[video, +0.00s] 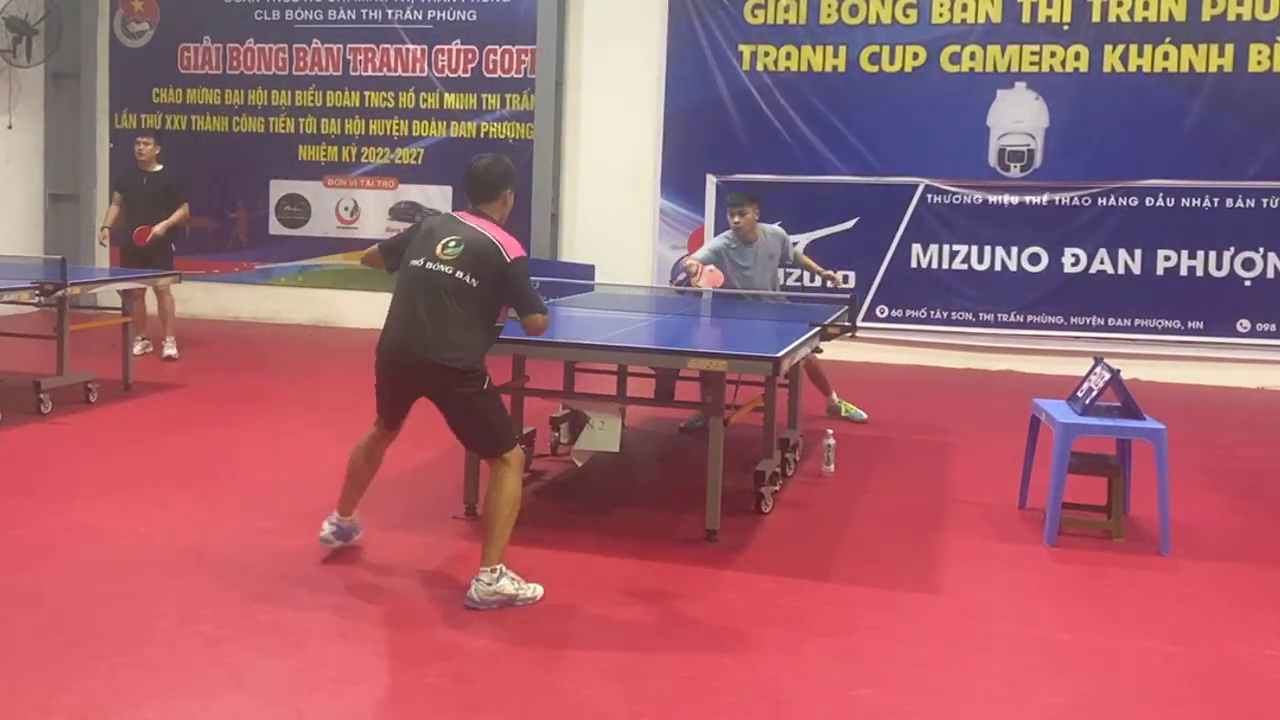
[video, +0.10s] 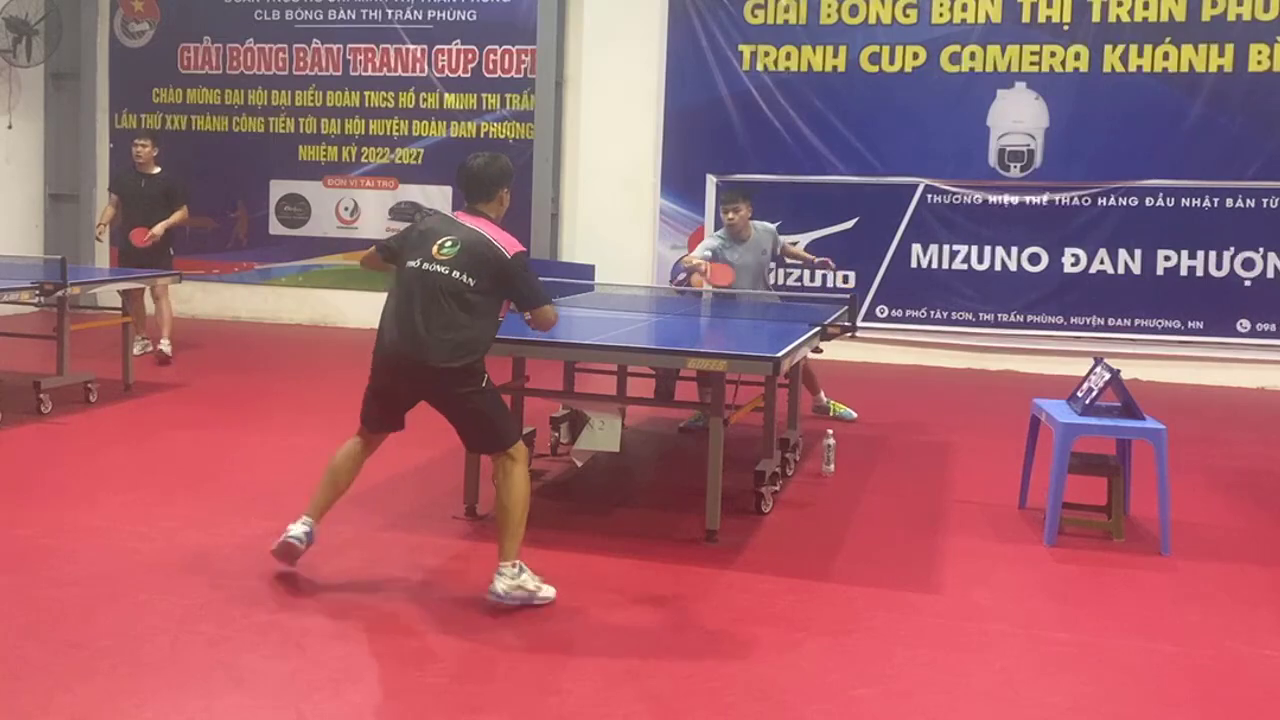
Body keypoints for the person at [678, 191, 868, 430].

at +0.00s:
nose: (736, 220)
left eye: (742, 215)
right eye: (732, 215)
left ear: (756, 214)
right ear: (728, 217)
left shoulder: (775, 235)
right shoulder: (723, 243)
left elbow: (796, 257)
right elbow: (691, 260)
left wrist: (822, 272)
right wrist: (692, 266)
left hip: (775, 311)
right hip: (735, 314)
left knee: (806, 354)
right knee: (706, 355)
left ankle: (833, 401)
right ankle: (708, 411)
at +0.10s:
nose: (729, 217)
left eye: (735, 211)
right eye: (724, 212)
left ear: (749, 211)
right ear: (720, 213)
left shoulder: (766, 232)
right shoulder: (716, 242)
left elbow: (784, 248)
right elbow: (686, 261)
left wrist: (813, 260)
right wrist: (698, 265)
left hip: (766, 312)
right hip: (726, 316)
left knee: (795, 354)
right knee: (703, 356)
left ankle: (821, 401)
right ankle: (706, 411)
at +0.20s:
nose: (730, 210)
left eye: (736, 203)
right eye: (725, 204)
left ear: (748, 204)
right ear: (720, 207)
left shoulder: (764, 226)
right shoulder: (715, 235)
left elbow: (780, 243)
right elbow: (685, 260)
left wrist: (810, 253)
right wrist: (706, 258)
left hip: (762, 306)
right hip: (722, 309)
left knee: (794, 346)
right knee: (703, 356)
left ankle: (813, 397)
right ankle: (705, 409)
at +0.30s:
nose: (736, 202)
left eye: (742, 196)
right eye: (731, 196)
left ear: (754, 198)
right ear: (725, 200)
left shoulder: (768, 224)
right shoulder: (718, 230)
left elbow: (783, 244)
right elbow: (688, 261)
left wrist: (810, 257)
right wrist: (708, 261)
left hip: (764, 305)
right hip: (726, 307)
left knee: (796, 345)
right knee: (705, 352)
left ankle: (811, 396)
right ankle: (705, 409)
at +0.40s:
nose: (745, 198)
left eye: (751, 192)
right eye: (740, 193)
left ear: (763, 195)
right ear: (734, 197)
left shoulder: (777, 225)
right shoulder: (723, 230)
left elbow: (792, 251)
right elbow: (694, 266)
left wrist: (817, 267)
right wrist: (716, 265)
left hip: (771, 307)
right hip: (731, 308)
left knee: (798, 348)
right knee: (711, 351)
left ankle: (810, 398)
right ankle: (706, 409)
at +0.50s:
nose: (756, 198)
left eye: (762, 192)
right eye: (752, 193)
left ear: (774, 195)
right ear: (746, 197)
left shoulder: (790, 227)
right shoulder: (733, 230)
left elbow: (804, 254)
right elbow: (711, 266)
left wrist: (820, 273)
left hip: (780, 307)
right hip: (739, 308)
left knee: (808, 352)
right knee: (715, 352)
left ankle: (809, 400)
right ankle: (710, 410)